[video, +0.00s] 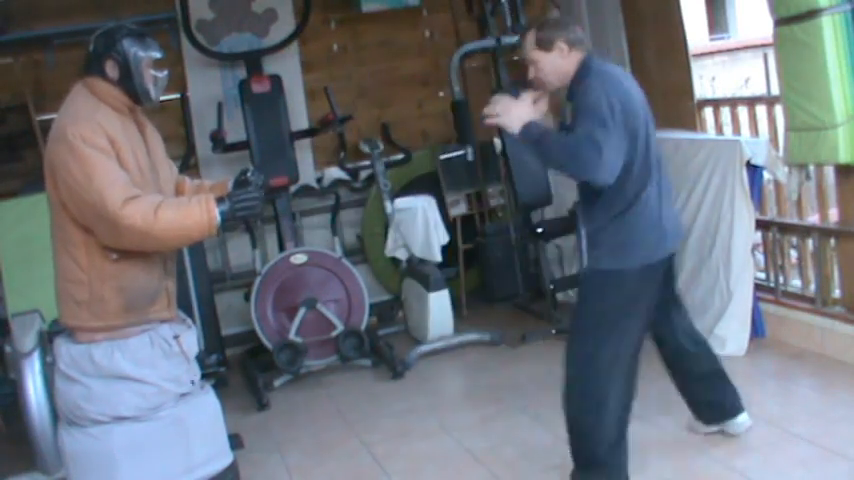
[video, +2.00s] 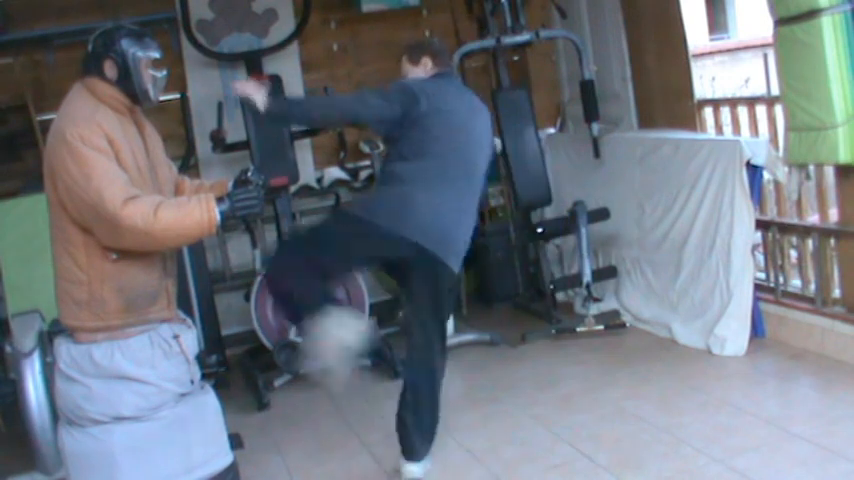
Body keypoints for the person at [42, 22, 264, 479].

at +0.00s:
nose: (154, 75)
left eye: (154, 64)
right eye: (144, 65)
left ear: (118, 68)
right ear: (112, 66)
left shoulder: (134, 119)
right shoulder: (78, 129)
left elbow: (171, 188)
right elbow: (123, 219)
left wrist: (227, 187)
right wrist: (214, 212)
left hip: (153, 316)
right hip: (107, 328)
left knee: (181, 443)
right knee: (129, 455)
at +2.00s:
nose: (152, 75)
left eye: (153, 64)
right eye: (143, 65)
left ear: (117, 68)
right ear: (111, 66)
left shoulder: (132, 118)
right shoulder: (78, 129)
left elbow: (171, 188)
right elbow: (123, 220)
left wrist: (229, 186)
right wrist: (216, 210)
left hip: (151, 313)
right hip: (108, 326)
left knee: (177, 441)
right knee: (131, 454)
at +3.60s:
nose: (148, 76)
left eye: (148, 65)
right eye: (138, 65)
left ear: (114, 68)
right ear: (104, 66)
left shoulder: (137, 121)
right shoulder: (69, 128)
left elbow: (176, 189)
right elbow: (109, 221)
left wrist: (228, 189)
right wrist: (203, 216)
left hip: (157, 319)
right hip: (104, 332)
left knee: (194, 448)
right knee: (124, 459)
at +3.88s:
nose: (148, 76)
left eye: (149, 65)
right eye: (138, 65)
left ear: (112, 69)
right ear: (105, 66)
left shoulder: (138, 122)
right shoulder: (69, 129)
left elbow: (176, 188)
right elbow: (110, 221)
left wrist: (228, 190)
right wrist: (204, 216)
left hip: (158, 319)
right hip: (104, 332)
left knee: (192, 450)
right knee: (124, 460)